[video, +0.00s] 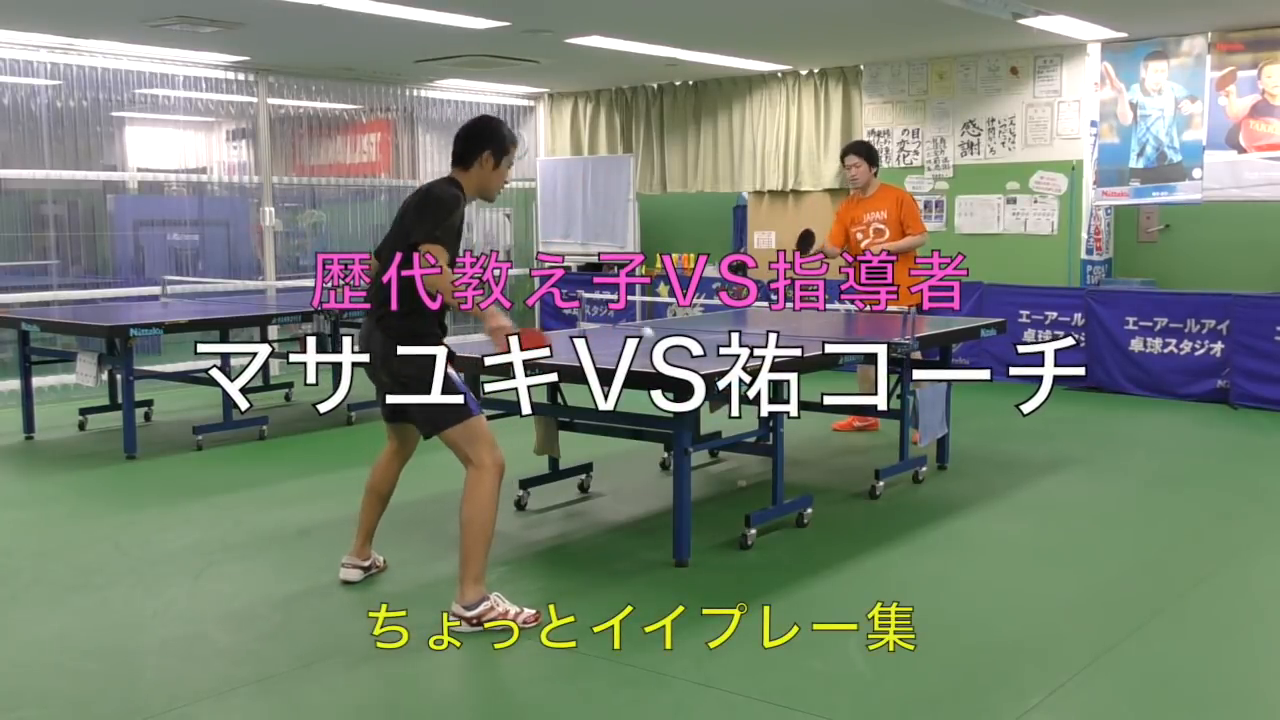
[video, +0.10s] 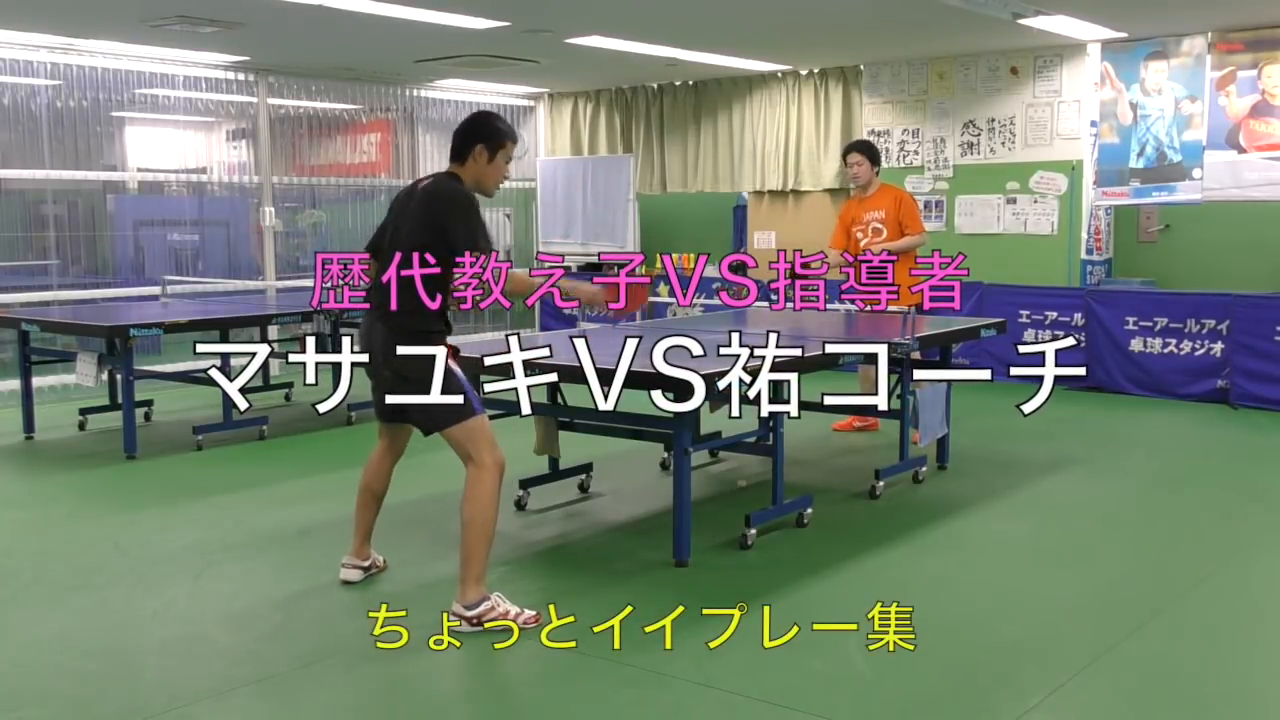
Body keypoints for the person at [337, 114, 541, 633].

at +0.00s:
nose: (507, 178)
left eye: (509, 168)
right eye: (505, 166)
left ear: (469, 160)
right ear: (482, 160)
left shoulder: (430, 197)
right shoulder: (446, 198)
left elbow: (384, 270)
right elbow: (432, 270)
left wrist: (434, 341)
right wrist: (487, 313)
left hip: (387, 350)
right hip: (414, 352)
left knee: (399, 445)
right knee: (487, 460)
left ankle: (358, 555)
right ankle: (472, 597)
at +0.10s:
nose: (506, 174)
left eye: (508, 164)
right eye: (504, 162)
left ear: (464, 155)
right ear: (477, 154)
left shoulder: (413, 193)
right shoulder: (454, 197)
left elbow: (374, 257)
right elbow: (489, 277)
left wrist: (408, 305)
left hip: (383, 344)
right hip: (418, 348)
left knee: (389, 444)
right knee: (486, 460)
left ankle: (357, 554)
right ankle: (473, 599)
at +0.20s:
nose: (503, 161)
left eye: (502, 150)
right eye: (500, 150)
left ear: (454, 145)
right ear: (481, 146)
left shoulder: (406, 185)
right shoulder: (481, 192)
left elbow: (368, 249)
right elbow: (538, 244)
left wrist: (416, 278)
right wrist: (591, 231)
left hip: (381, 339)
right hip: (428, 343)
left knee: (379, 444)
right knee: (489, 459)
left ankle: (358, 555)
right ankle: (473, 597)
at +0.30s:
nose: (497, 150)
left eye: (494, 141)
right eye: (495, 141)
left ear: (445, 142)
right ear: (483, 143)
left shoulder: (401, 186)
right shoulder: (490, 191)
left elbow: (365, 247)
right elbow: (560, 232)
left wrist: (413, 279)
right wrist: (572, 203)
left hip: (385, 341)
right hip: (439, 346)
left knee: (377, 448)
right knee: (499, 463)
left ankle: (359, 555)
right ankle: (475, 597)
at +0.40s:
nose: (491, 149)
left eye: (488, 141)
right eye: (490, 141)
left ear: (438, 145)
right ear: (484, 144)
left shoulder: (400, 192)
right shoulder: (490, 195)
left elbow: (370, 261)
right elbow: (559, 242)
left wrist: (420, 275)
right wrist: (565, 211)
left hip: (391, 348)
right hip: (445, 351)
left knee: (377, 451)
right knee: (505, 467)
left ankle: (358, 555)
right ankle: (476, 596)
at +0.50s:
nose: (493, 146)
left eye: (489, 137)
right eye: (492, 137)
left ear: (439, 140)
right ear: (485, 140)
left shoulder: (402, 188)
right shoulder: (488, 194)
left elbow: (371, 252)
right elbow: (530, 256)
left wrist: (414, 285)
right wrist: (569, 256)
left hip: (392, 344)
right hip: (445, 348)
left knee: (378, 451)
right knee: (500, 464)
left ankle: (357, 556)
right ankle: (475, 597)